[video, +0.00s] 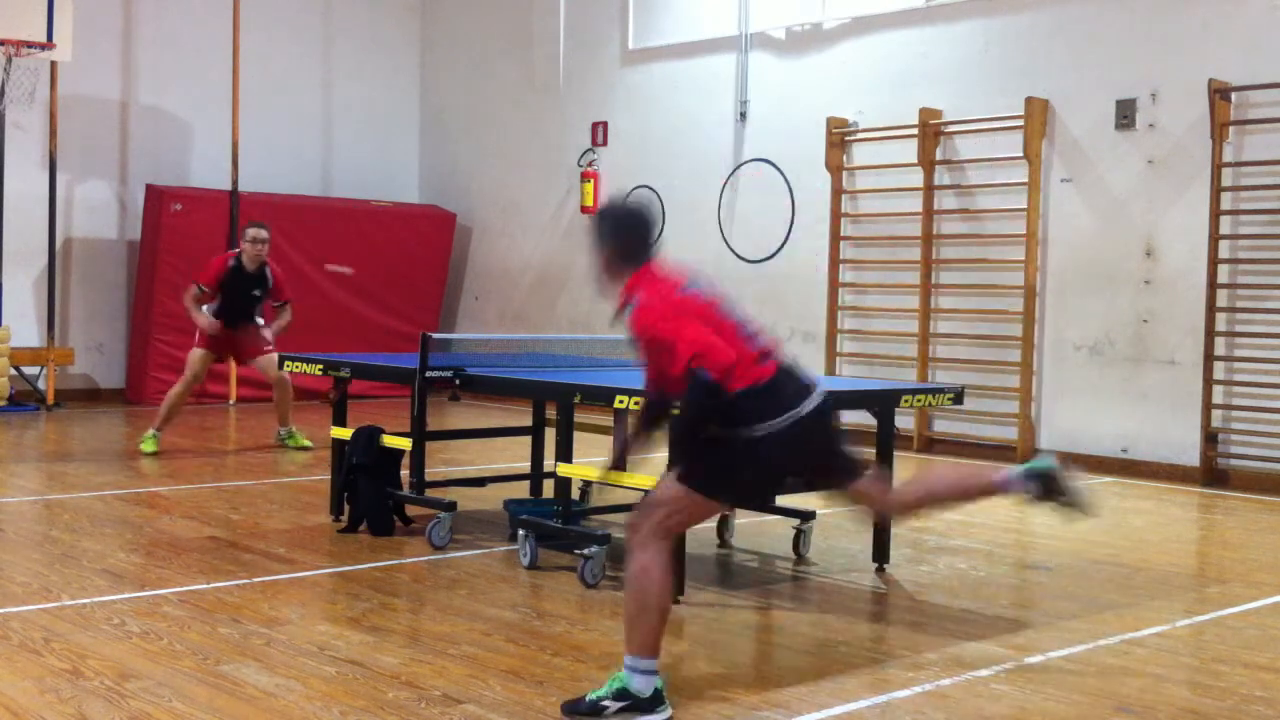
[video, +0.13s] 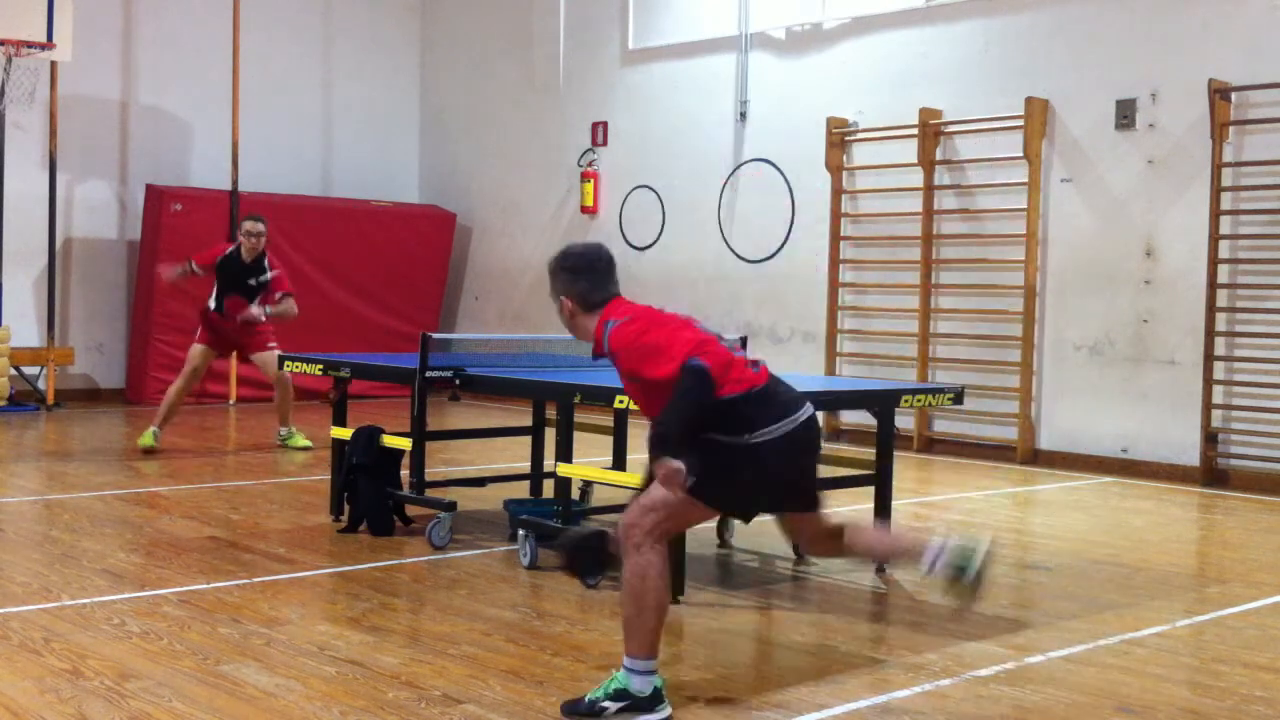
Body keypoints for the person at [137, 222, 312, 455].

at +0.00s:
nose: (259, 247)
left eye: (264, 243)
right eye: (253, 242)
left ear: (269, 246)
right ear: (242, 244)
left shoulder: (271, 273)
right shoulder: (223, 265)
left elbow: (286, 312)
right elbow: (191, 298)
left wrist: (270, 331)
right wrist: (201, 319)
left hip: (248, 330)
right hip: (216, 327)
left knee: (281, 378)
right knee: (192, 377)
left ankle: (286, 432)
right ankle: (154, 432)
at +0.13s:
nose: (253, 241)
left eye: (258, 236)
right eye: (248, 235)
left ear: (266, 239)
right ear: (239, 235)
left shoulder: (270, 266)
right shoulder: (224, 254)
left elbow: (291, 308)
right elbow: (191, 268)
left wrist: (262, 311)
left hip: (252, 329)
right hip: (216, 325)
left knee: (283, 376)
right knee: (190, 373)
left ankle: (286, 431)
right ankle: (155, 430)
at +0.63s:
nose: (223, 227)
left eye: (228, 222)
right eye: (217, 221)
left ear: (233, 227)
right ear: (207, 225)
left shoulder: (239, 255)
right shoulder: (194, 250)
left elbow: (261, 287)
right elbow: (169, 274)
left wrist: (261, 306)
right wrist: (158, 306)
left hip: (231, 318)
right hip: (196, 317)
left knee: (256, 359)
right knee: (187, 371)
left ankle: (275, 422)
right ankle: (190, 422)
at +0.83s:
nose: (213, 218)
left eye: (218, 213)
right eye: (208, 213)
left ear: (223, 217)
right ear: (196, 216)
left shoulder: (230, 244)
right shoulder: (184, 240)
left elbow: (246, 277)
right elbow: (168, 265)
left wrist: (250, 303)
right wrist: (169, 295)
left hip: (221, 311)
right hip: (186, 308)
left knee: (235, 363)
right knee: (166, 357)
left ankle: (237, 414)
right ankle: (168, 412)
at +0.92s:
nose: (209, 225)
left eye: (213, 221)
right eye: (204, 220)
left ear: (218, 224)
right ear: (193, 224)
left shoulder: (227, 251)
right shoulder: (179, 247)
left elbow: (245, 282)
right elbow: (165, 274)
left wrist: (251, 306)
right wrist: (165, 302)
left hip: (217, 315)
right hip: (181, 312)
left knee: (232, 367)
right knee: (156, 361)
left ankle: (234, 419)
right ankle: (135, 418)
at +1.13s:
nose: (183, 235)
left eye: (187, 230)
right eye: (177, 229)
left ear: (192, 234)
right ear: (165, 233)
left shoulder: (196, 259)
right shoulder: (151, 256)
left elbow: (212, 286)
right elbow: (133, 286)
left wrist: (228, 308)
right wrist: (132, 309)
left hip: (189, 323)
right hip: (152, 322)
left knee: (215, 368)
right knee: (126, 369)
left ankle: (232, 420)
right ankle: (101, 424)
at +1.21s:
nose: (167, 232)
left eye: (171, 227)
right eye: (161, 226)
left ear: (176, 231)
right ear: (148, 230)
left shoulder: (178, 258)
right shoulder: (132, 253)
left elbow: (191, 284)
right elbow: (107, 286)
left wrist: (210, 306)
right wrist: (113, 302)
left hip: (168, 323)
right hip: (131, 321)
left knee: (195, 369)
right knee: (109, 370)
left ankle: (221, 419)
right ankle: (98, 425)